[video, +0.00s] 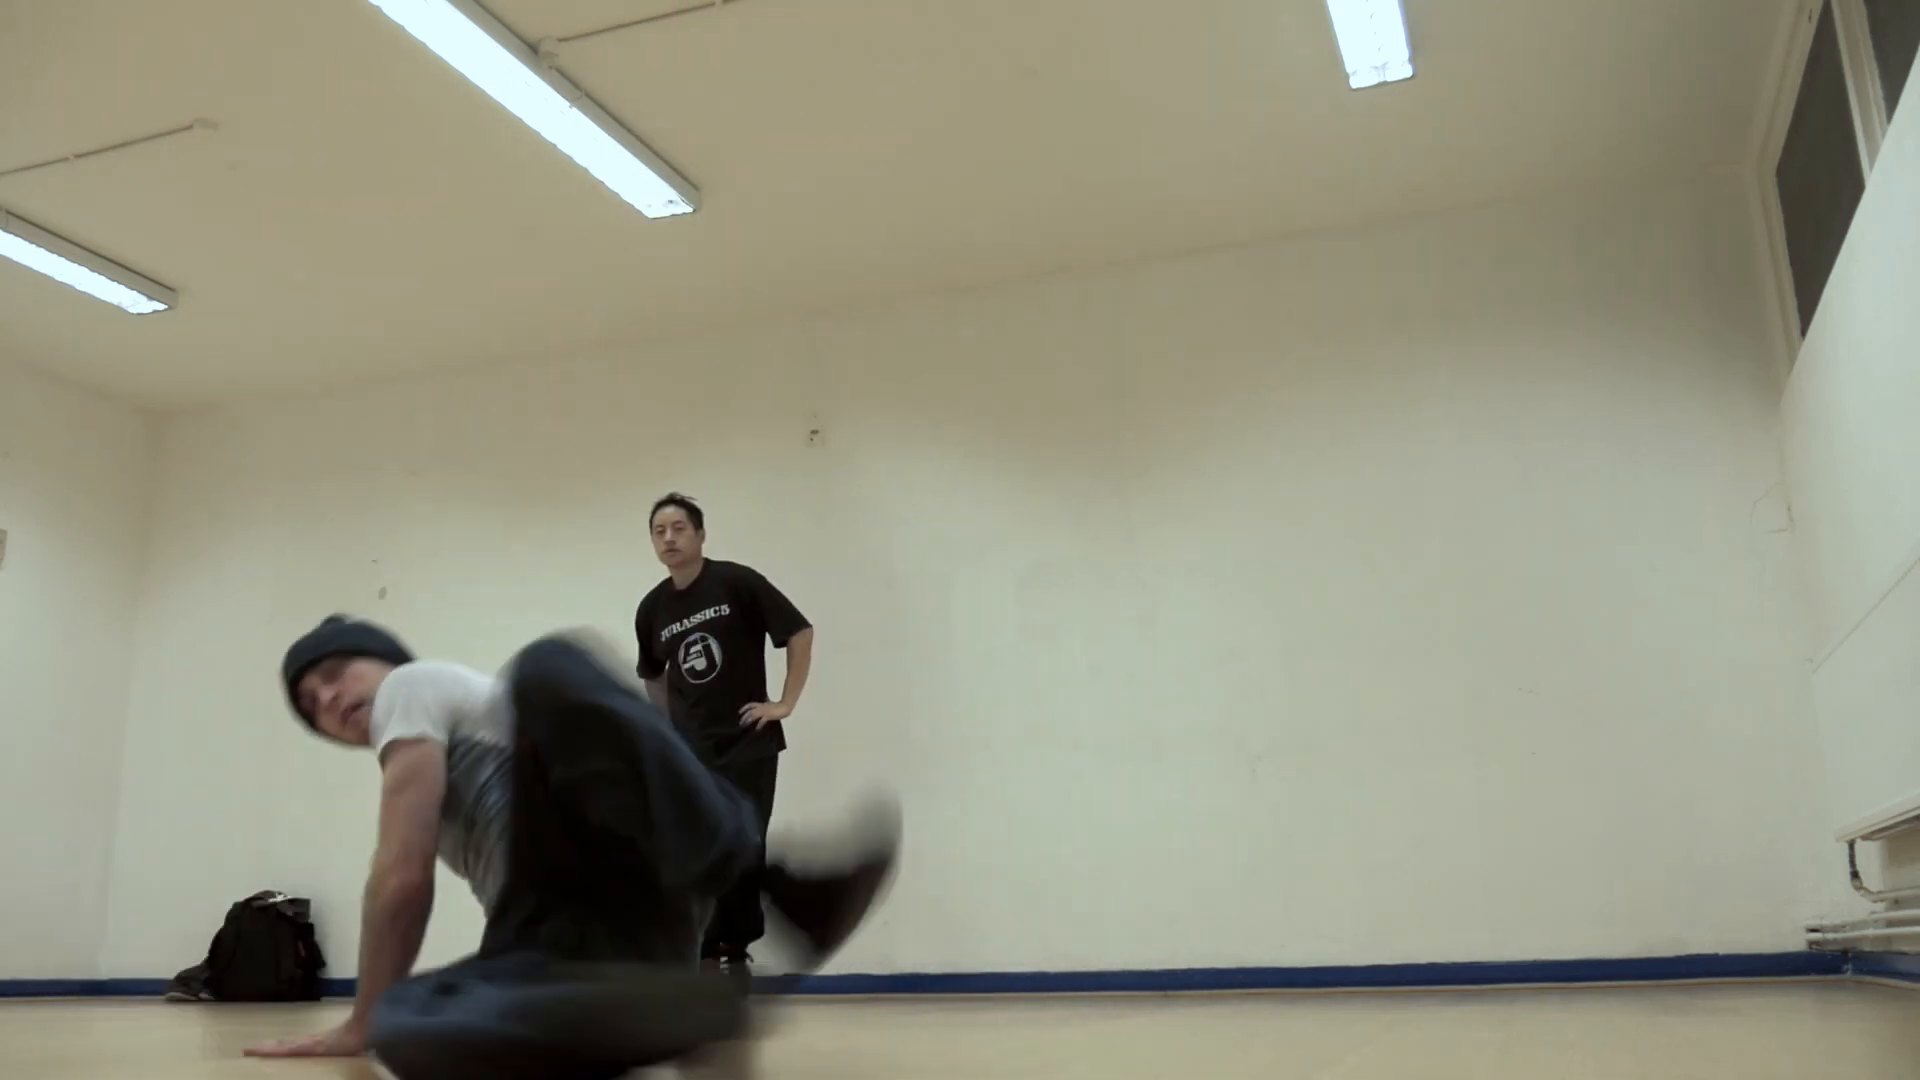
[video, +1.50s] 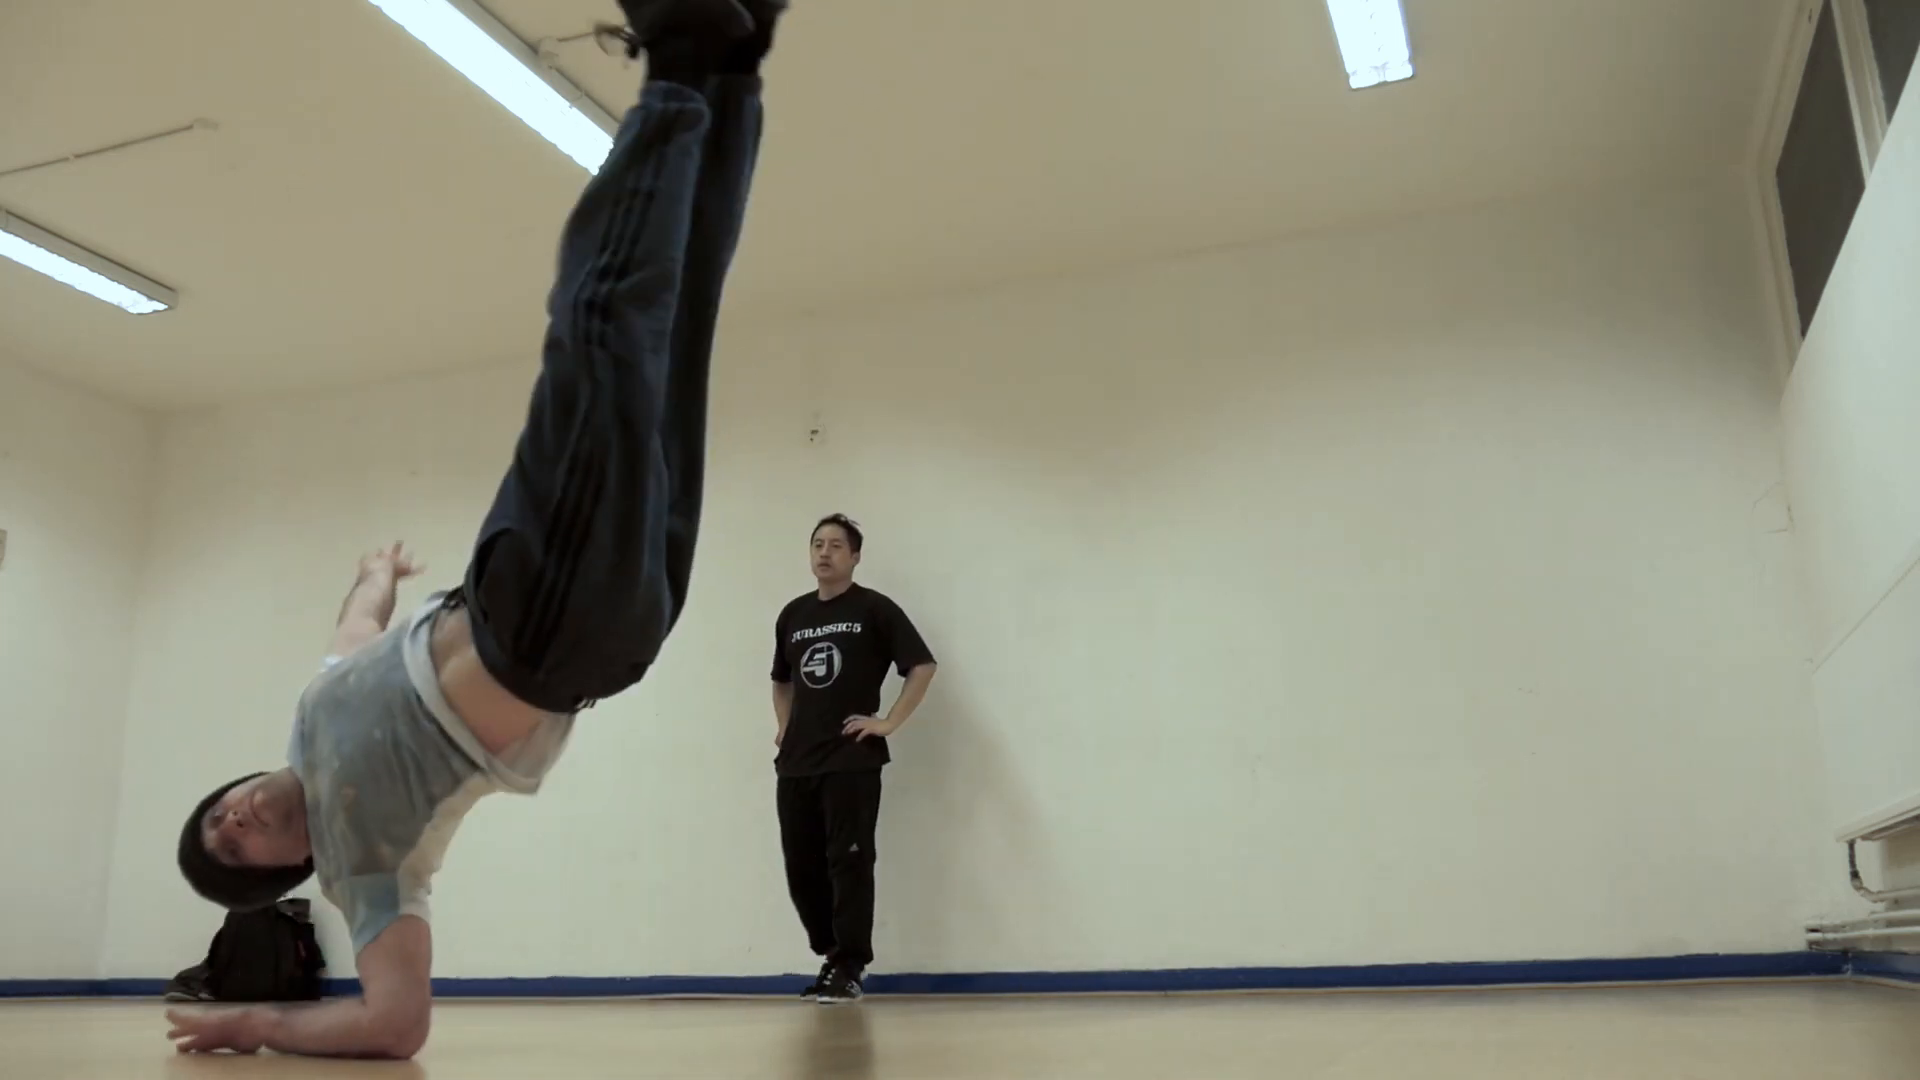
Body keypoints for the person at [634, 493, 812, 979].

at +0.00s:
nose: (669, 538)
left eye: (679, 528)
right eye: (660, 530)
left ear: (700, 535)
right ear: (652, 541)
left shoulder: (737, 583)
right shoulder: (651, 609)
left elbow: (799, 632)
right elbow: (653, 677)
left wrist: (786, 702)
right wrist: (664, 736)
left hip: (746, 741)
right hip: (690, 747)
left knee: (742, 847)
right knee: (702, 845)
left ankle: (731, 956)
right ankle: (708, 954)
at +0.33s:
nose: (682, 538)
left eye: (692, 528)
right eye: (673, 530)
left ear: (712, 536)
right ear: (664, 541)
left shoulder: (751, 586)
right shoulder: (654, 610)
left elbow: (810, 638)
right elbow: (637, 677)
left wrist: (796, 704)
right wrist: (661, 730)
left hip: (753, 746)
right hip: (692, 754)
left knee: (770, 855)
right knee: (694, 863)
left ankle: (796, 950)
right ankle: (699, 958)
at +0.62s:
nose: (724, 542)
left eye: (733, 533)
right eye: (715, 535)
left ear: (753, 541)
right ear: (706, 546)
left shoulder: (789, 592)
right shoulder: (695, 613)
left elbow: (846, 646)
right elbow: (684, 684)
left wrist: (831, 711)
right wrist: (695, 735)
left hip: (789, 748)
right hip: (725, 754)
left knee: (810, 852)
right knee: (715, 862)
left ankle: (843, 959)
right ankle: (705, 972)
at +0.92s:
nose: (781, 551)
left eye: (791, 543)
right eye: (773, 544)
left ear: (811, 552)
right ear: (764, 554)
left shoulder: (845, 604)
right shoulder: (752, 618)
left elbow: (898, 657)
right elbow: (736, 688)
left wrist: (881, 727)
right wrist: (738, 737)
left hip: (839, 752)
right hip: (769, 757)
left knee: (841, 855)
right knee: (741, 856)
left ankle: (844, 967)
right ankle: (720, 963)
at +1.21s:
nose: (818, 548)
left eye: (829, 541)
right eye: (811, 541)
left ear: (847, 552)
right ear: (802, 551)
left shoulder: (875, 606)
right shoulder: (782, 610)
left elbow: (922, 663)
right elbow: (765, 672)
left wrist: (892, 722)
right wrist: (771, 724)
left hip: (850, 756)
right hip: (790, 757)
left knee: (850, 862)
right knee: (765, 856)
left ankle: (846, 973)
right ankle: (780, 967)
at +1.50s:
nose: (824, 552)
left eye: (835, 546)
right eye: (818, 545)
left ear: (855, 555)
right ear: (810, 554)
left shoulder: (877, 609)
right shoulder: (792, 616)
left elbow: (923, 667)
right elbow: (783, 678)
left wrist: (890, 722)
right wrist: (784, 724)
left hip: (852, 755)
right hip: (798, 757)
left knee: (849, 858)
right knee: (803, 864)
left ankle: (850, 968)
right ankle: (834, 962)